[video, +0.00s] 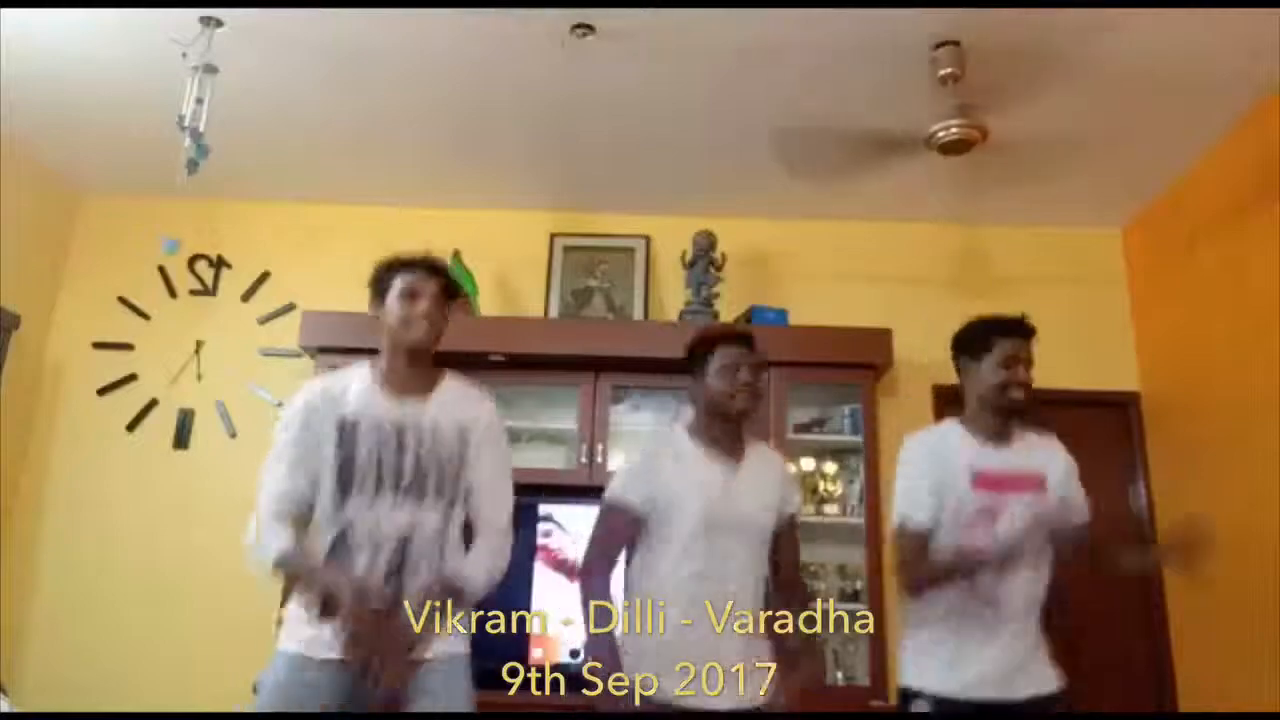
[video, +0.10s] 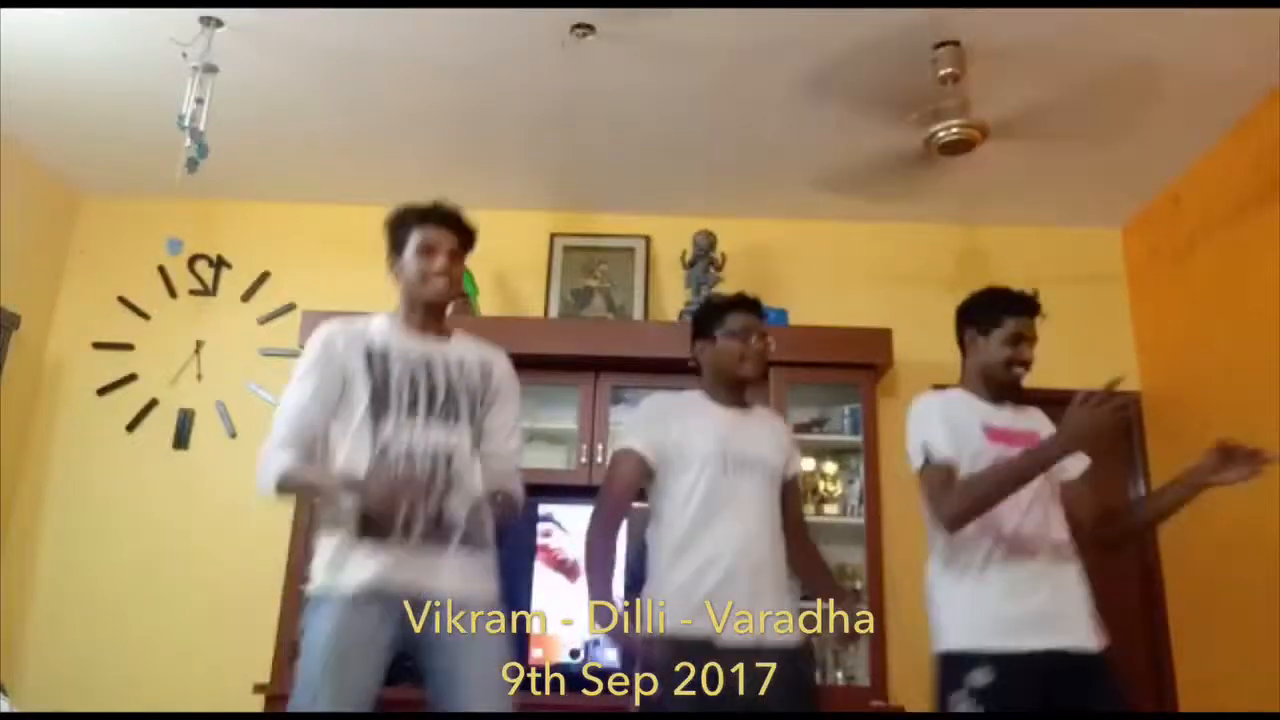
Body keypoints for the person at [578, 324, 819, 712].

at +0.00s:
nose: (746, 379)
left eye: (754, 370)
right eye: (730, 369)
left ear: (763, 381)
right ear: (696, 382)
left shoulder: (774, 472)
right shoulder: (656, 463)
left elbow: (787, 585)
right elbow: (595, 566)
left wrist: (792, 673)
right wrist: (604, 660)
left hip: (744, 691)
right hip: (655, 686)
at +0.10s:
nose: (753, 347)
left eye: (759, 338)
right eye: (738, 335)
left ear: (766, 348)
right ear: (700, 349)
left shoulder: (777, 431)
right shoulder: (661, 414)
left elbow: (795, 537)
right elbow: (604, 522)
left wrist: (838, 600)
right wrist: (605, 613)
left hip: (775, 651)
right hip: (681, 648)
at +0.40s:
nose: (797, 425)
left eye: (802, 414)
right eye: (785, 410)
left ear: (803, 420)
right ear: (737, 409)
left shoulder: (796, 500)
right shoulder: (686, 477)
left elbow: (829, 620)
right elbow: (646, 595)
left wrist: (905, 690)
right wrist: (561, 658)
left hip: (825, 694)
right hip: (736, 688)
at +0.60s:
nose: (783, 334)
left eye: (794, 327)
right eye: (769, 323)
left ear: (804, 345)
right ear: (739, 334)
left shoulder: (814, 420)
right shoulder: (692, 403)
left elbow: (836, 543)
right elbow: (640, 506)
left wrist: (922, 630)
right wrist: (624, 571)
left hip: (800, 655)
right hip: (698, 648)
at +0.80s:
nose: (729, 354)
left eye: (740, 343)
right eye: (715, 343)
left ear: (761, 358)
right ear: (698, 360)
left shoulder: (807, 454)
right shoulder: (664, 454)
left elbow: (831, 579)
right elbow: (614, 579)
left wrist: (835, 678)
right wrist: (625, 680)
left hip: (779, 688)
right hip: (677, 688)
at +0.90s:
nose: (679, 379)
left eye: (698, 370)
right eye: (676, 370)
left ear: (736, 394)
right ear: (669, 384)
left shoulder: (777, 479)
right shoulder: (640, 478)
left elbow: (812, 613)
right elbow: (614, 593)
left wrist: (787, 698)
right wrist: (599, 683)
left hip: (746, 697)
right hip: (648, 694)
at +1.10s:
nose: (646, 323)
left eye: (665, 315)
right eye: (648, 313)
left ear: (703, 333)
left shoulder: (736, 408)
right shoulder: (628, 411)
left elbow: (770, 541)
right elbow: (602, 521)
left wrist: (700, 639)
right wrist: (535, 586)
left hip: (679, 653)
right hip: (594, 644)